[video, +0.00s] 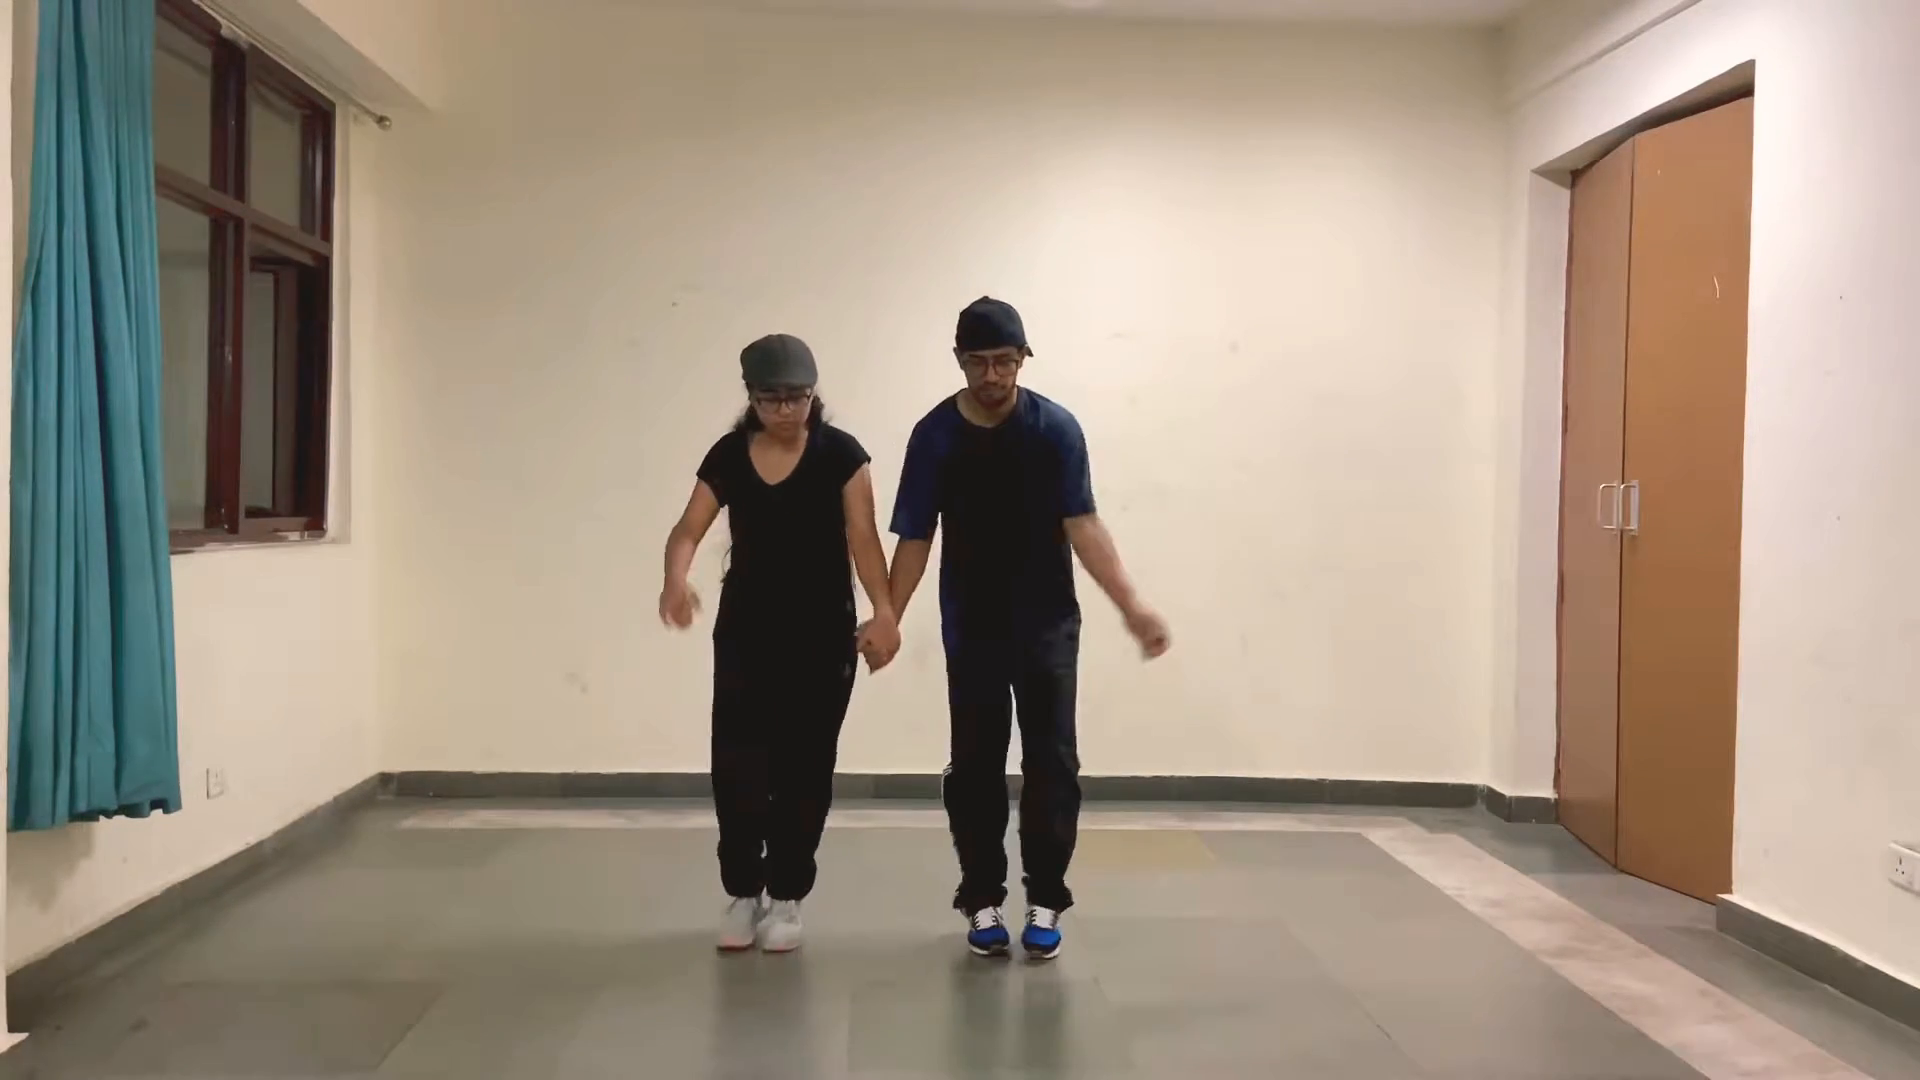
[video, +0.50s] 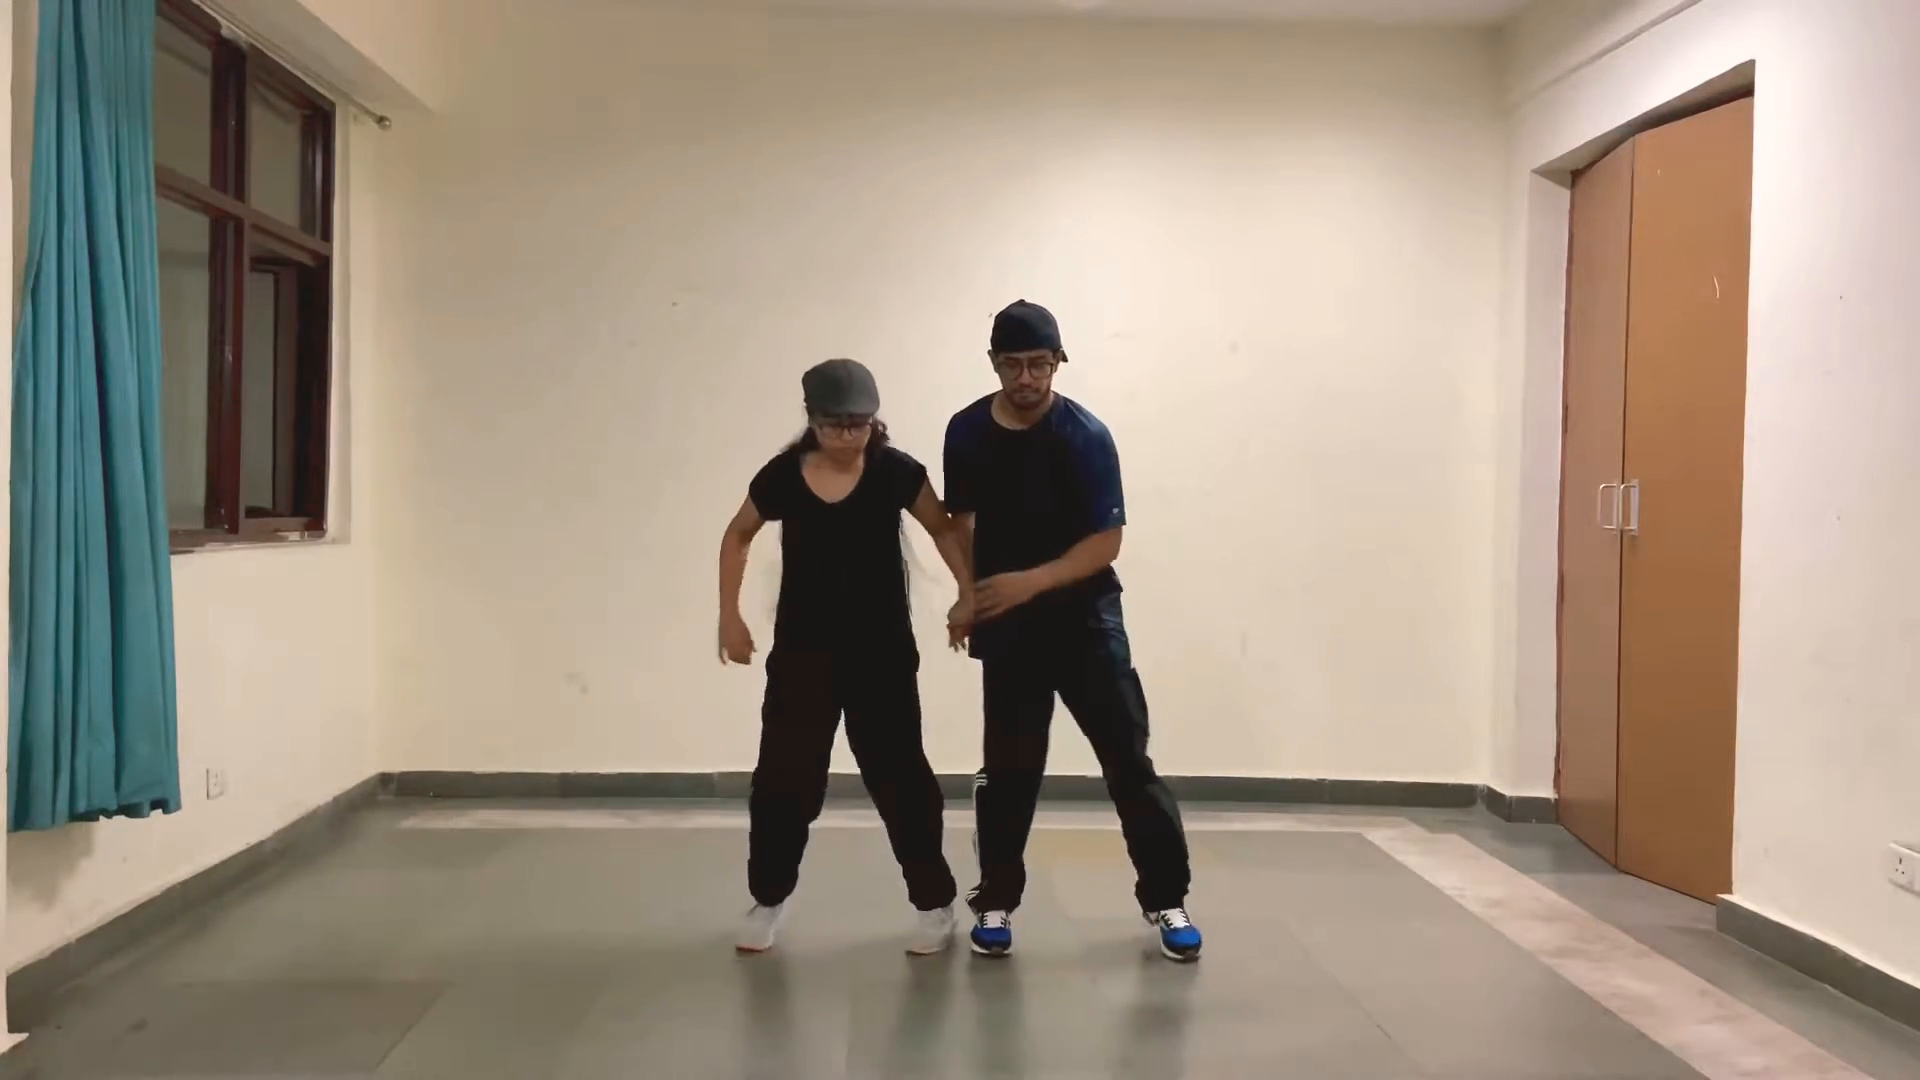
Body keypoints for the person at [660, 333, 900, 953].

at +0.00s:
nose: (787, 409)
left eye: (797, 397)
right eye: (774, 398)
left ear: (814, 393)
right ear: (752, 396)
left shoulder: (842, 456)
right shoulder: (730, 455)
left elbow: (863, 539)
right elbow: (689, 529)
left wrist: (884, 612)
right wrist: (676, 579)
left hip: (819, 630)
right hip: (747, 628)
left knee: (804, 761)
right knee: (738, 757)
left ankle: (785, 898)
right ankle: (741, 893)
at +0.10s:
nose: (799, 422)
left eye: (808, 409)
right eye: (785, 411)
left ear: (824, 404)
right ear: (762, 409)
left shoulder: (850, 464)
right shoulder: (736, 467)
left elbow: (873, 549)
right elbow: (693, 554)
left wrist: (899, 626)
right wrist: (674, 636)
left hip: (828, 642)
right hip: (751, 641)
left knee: (825, 770)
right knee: (745, 772)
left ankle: (816, 884)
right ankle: (745, 899)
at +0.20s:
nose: (811, 426)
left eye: (821, 413)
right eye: (798, 415)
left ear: (836, 408)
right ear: (774, 411)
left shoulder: (863, 464)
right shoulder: (749, 468)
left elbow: (899, 540)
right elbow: (704, 553)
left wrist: (925, 614)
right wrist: (686, 639)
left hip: (847, 638)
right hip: (768, 639)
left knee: (852, 766)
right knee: (754, 770)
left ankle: (867, 879)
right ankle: (747, 900)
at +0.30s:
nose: (829, 428)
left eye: (839, 416)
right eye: (816, 417)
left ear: (855, 412)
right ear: (793, 413)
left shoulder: (882, 468)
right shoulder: (766, 473)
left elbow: (924, 536)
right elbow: (723, 537)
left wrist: (951, 603)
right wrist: (701, 616)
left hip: (869, 641)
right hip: (793, 641)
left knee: (876, 766)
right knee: (754, 765)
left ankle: (928, 895)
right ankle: (754, 893)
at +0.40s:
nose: (846, 448)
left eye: (857, 436)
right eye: (833, 437)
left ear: (872, 434)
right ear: (811, 435)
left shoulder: (895, 488)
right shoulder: (783, 493)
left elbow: (950, 536)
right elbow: (741, 537)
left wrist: (971, 598)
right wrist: (704, 605)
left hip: (886, 665)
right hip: (810, 667)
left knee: (901, 790)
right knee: (765, 791)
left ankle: (939, 906)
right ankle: (766, 899)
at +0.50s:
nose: (850, 436)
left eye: (860, 424)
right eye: (837, 425)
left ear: (874, 419)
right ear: (813, 421)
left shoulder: (897, 472)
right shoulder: (783, 476)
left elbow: (943, 529)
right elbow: (737, 536)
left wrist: (968, 593)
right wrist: (729, 615)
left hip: (879, 654)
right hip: (803, 656)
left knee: (900, 777)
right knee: (782, 778)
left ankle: (935, 902)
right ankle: (768, 899)